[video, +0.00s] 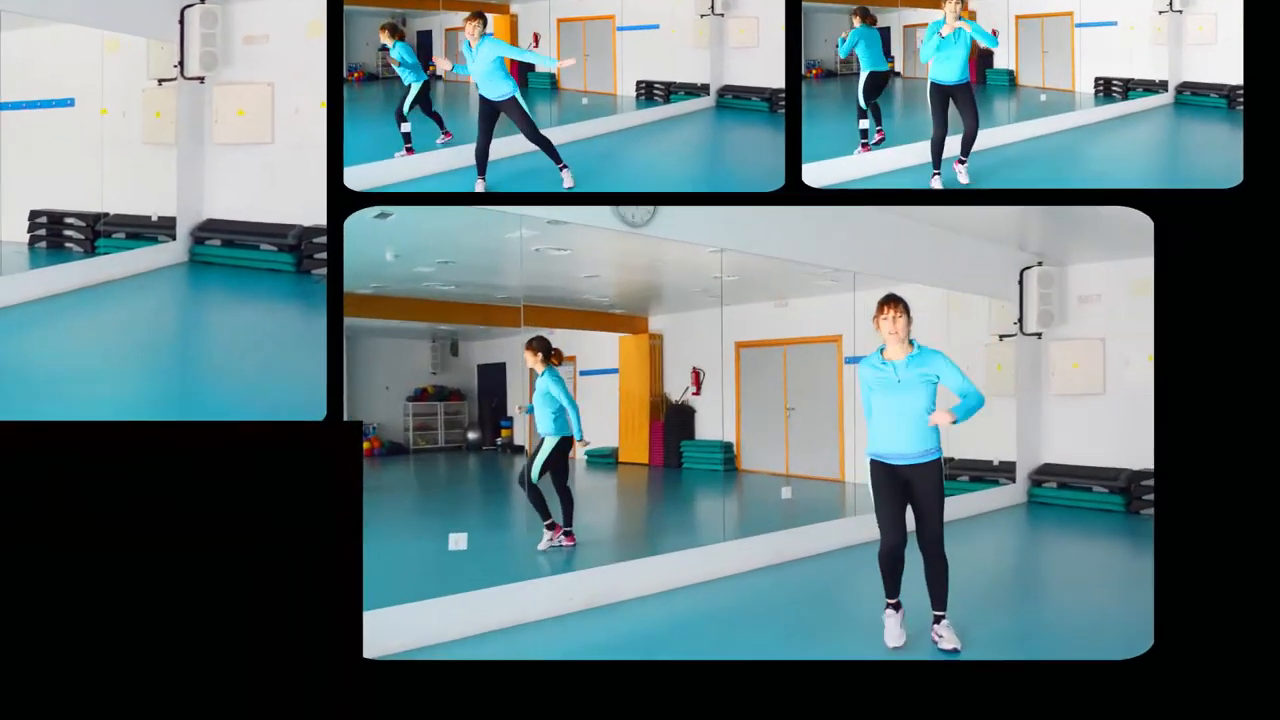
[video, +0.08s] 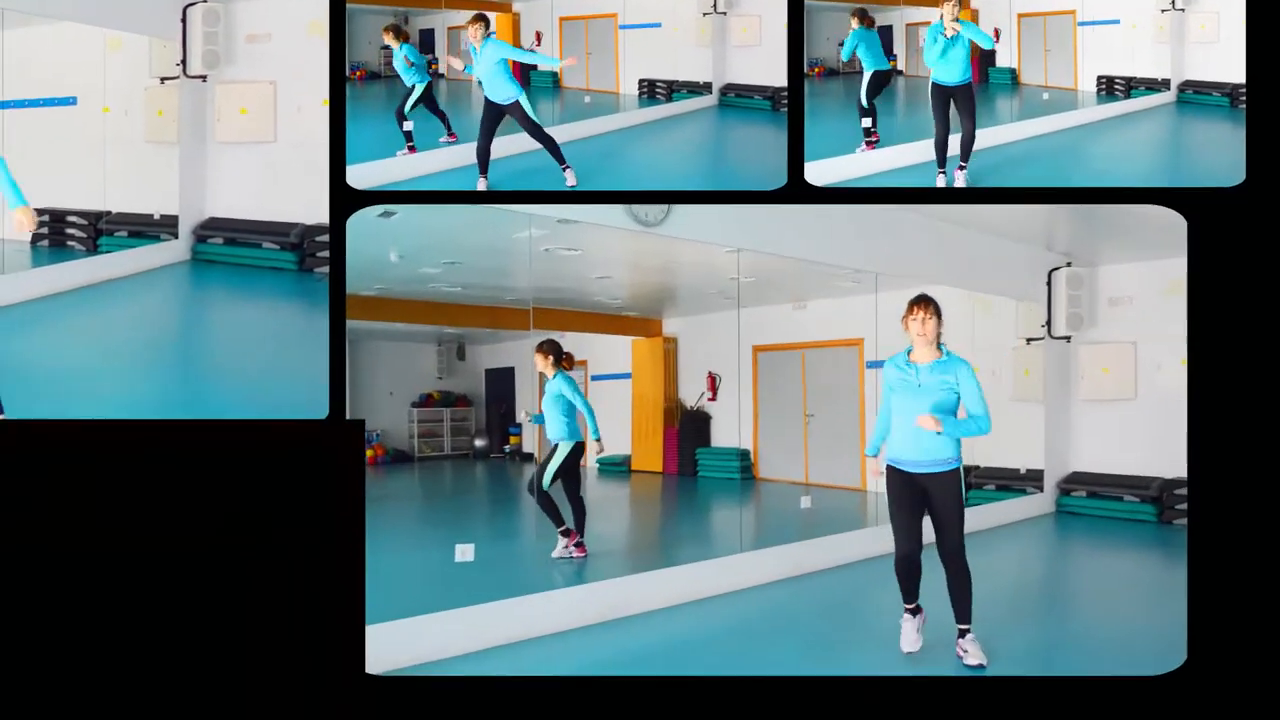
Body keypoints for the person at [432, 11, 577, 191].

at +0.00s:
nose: (472, 29)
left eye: (477, 26)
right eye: (470, 24)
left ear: (483, 30)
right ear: (465, 26)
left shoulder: (493, 45)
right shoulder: (465, 47)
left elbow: (522, 54)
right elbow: (473, 70)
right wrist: (451, 67)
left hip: (508, 97)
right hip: (486, 99)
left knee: (532, 135)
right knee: (483, 141)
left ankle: (563, 169)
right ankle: (480, 180)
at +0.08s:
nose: (474, 32)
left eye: (478, 29)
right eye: (471, 28)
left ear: (486, 32)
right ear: (467, 30)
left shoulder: (496, 47)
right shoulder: (473, 48)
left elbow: (526, 56)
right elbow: (481, 72)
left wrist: (558, 63)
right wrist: (463, 67)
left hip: (513, 99)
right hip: (492, 101)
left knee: (536, 133)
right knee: (483, 141)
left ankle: (566, 169)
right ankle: (482, 179)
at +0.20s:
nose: (476, 27)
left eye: (481, 23)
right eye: (474, 23)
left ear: (489, 27)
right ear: (470, 26)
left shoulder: (501, 42)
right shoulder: (473, 47)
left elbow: (531, 53)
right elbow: (480, 74)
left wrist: (562, 63)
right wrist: (456, 68)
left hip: (515, 95)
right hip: (492, 98)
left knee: (538, 133)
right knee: (488, 138)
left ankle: (568, 167)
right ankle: (485, 177)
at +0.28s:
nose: (479, 21)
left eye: (483, 17)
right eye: (476, 17)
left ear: (490, 20)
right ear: (471, 20)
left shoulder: (502, 36)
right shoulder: (469, 43)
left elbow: (529, 45)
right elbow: (466, 69)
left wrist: (551, 54)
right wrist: (454, 66)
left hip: (514, 89)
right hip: (490, 92)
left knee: (535, 131)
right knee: (491, 136)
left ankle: (560, 164)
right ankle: (487, 176)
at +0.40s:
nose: (483, 18)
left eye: (486, 14)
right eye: (479, 14)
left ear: (492, 16)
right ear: (473, 17)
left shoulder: (504, 31)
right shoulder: (469, 40)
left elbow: (534, 37)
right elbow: (456, 69)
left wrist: (518, 47)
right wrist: (470, 61)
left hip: (513, 87)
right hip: (489, 90)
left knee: (528, 130)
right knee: (493, 133)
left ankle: (531, 164)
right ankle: (488, 175)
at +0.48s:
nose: (488, 16)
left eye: (492, 12)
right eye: (484, 12)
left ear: (496, 14)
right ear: (478, 15)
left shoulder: (506, 29)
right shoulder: (474, 40)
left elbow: (538, 37)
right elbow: (466, 72)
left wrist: (506, 43)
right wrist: (485, 59)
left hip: (515, 86)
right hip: (492, 88)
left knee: (520, 129)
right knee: (497, 131)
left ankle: (517, 167)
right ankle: (492, 173)